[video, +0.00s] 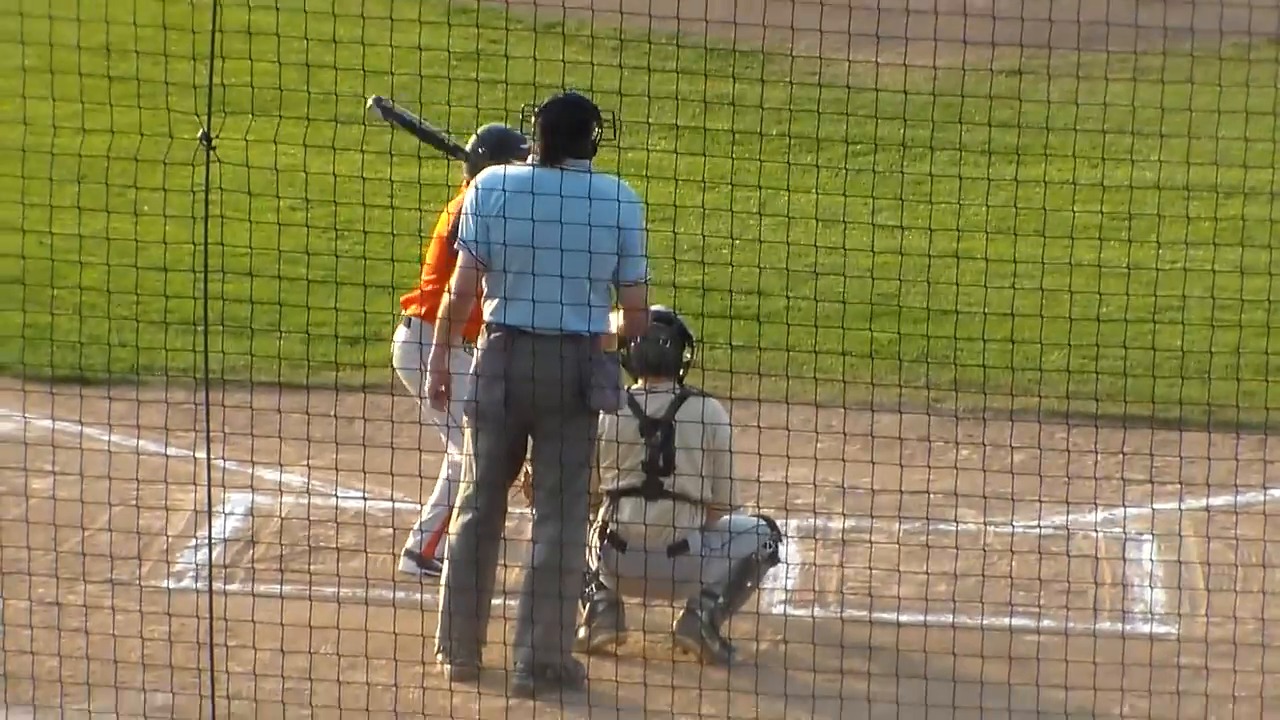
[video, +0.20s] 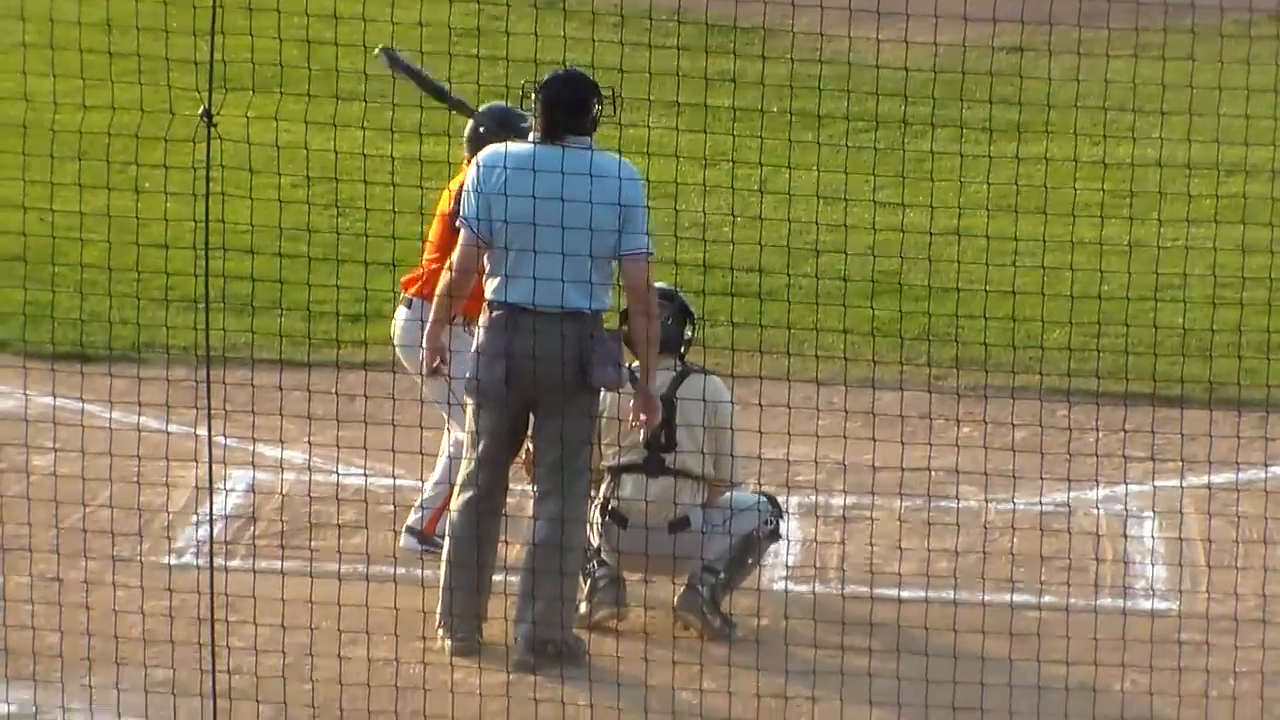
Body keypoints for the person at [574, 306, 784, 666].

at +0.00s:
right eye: (684, 348)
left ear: (631, 359)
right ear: (681, 359)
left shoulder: (608, 411)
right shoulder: (708, 411)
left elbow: (590, 495)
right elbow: (718, 506)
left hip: (618, 563)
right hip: (681, 565)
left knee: (593, 517)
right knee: (765, 534)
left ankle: (602, 607)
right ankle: (703, 616)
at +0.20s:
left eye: (634, 322)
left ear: (630, 335)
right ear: (681, 337)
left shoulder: (609, 388)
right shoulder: (709, 388)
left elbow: (595, 470)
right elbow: (721, 481)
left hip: (617, 539)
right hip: (683, 541)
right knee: (766, 511)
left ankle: (603, 582)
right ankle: (704, 592)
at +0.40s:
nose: (637, 311)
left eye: (638, 306)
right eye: (637, 305)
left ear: (627, 321)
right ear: (680, 323)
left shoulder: (607, 375)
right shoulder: (707, 376)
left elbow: (590, 461)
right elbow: (719, 473)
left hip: (615, 527)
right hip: (681, 530)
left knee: (586, 488)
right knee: (765, 500)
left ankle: (603, 573)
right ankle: (703, 582)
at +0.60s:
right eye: (683, 302)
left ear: (629, 308)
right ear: (680, 313)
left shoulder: (607, 362)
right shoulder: (709, 364)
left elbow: (591, 447)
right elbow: (720, 461)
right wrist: (678, 476)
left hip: (617, 517)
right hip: (682, 519)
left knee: (599, 473)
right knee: (766, 488)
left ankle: (604, 564)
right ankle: (704, 570)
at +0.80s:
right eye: (684, 300)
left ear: (634, 308)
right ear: (682, 311)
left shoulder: (608, 361)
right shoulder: (709, 363)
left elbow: (592, 445)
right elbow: (720, 459)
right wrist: (681, 477)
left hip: (617, 516)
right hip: (682, 518)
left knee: (596, 470)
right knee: (765, 486)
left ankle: (604, 562)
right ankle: (704, 568)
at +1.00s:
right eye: (684, 300)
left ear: (631, 305)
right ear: (681, 310)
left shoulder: (607, 359)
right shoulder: (708, 363)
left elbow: (589, 444)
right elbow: (723, 456)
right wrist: (687, 479)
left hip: (616, 515)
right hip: (682, 517)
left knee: (590, 474)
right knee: (764, 486)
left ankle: (603, 561)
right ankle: (703, 567)